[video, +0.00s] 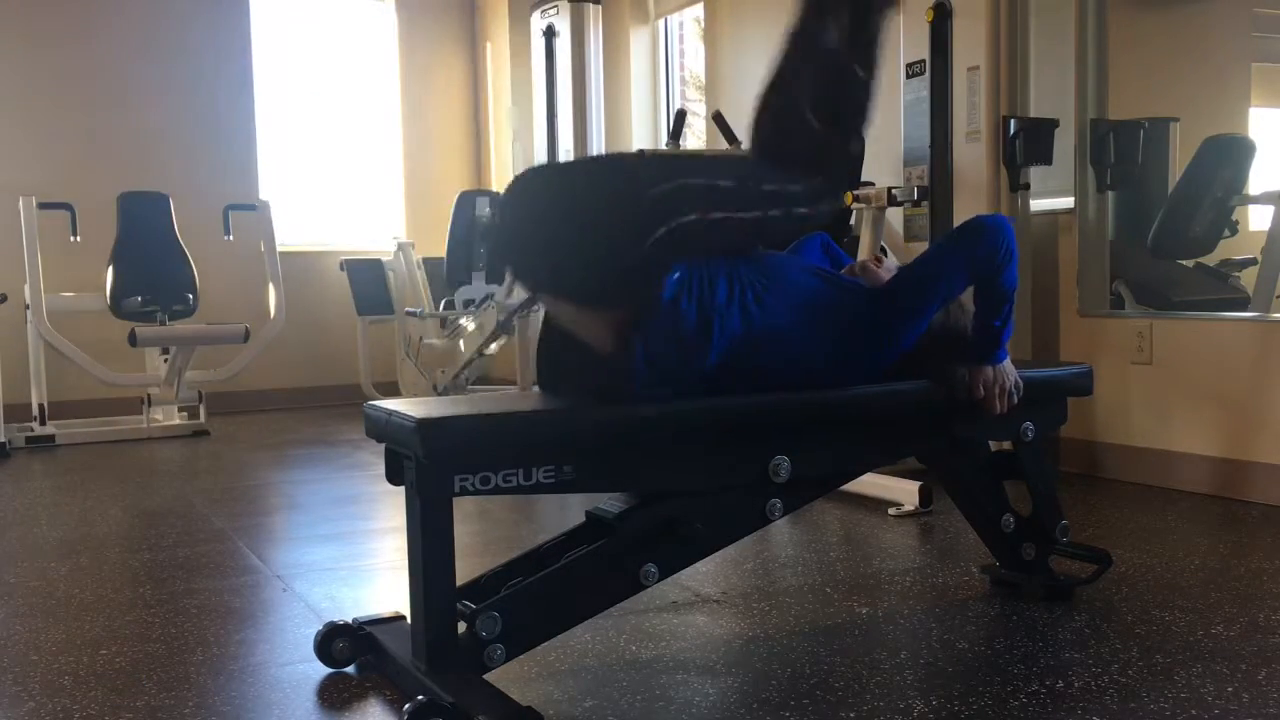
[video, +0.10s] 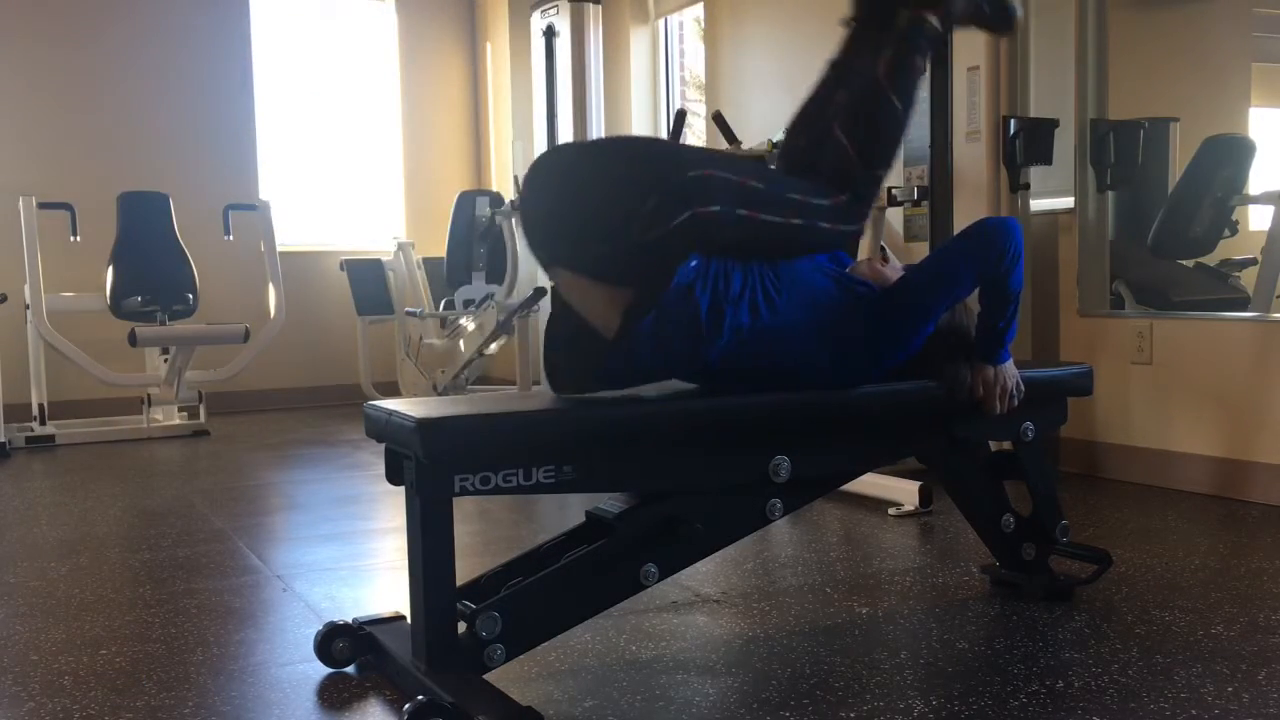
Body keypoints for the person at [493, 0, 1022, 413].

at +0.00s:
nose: (886, 257)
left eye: (899, 272)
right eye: (895, 260)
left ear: (911, 314)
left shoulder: (872, 332)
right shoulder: (834, 288)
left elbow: (991, 235)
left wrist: (994, 351)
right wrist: (860, 272)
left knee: (527, 201)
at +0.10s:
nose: (889, 256)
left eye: (903, 268)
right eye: (900, 259)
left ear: (915, 311)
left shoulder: (881, 330)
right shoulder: (853, 311)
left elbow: (1000, 236)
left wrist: (996, 351)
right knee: (814, 200)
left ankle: (911, 24)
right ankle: (895, 23)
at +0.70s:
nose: (892, 262)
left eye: (908, 276)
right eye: (902, 266)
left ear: (920, 317)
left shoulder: (887, 327)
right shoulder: (858, 336)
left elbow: (1007, 254)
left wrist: (1038, 357)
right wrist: (872, 279)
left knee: (844, 221)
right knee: (798, 189)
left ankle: (935, 40)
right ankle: (891, 32)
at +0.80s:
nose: (890, 260)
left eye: (904, 275)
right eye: (901, 264)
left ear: (912, 309)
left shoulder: (886, 329)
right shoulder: (853, 308)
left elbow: (1012, 271)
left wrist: (1046, 367)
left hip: (653, 307)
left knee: (794, 190)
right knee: (804, 189)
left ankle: (887, 29)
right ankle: (874, 28)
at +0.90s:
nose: (890, 259)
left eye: (904, 276)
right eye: (900, 263)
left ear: (909, 308)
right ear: (887, 271)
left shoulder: (883, 328)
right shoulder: (846, 294)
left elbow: (1013, 268)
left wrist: (1042, 368)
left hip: (644, 322)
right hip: (669, 299)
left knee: (825, 189)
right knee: (782, 177)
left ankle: (859, 21)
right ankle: (824, 17)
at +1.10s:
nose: (883, 257)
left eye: (899, 270)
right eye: (891, 259)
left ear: (901, 301)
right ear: (878, 271)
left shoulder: (879, 330)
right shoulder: (826, 271)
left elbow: (1002, 251)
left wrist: (1025, 361)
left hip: (619, 328)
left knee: (788, 173)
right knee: (738, 167)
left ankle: (779, 5)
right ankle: (731, 7)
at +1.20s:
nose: (883, 263)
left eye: (897, 276)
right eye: (888, 263)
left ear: (900, 308)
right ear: (879, 271)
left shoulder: (872, 333)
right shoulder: (821, 280)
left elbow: (1000, 250)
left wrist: (1025, 360)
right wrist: (885, 271)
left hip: (590, 333)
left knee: (760, 165)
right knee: (722, 163)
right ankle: (682, 6)